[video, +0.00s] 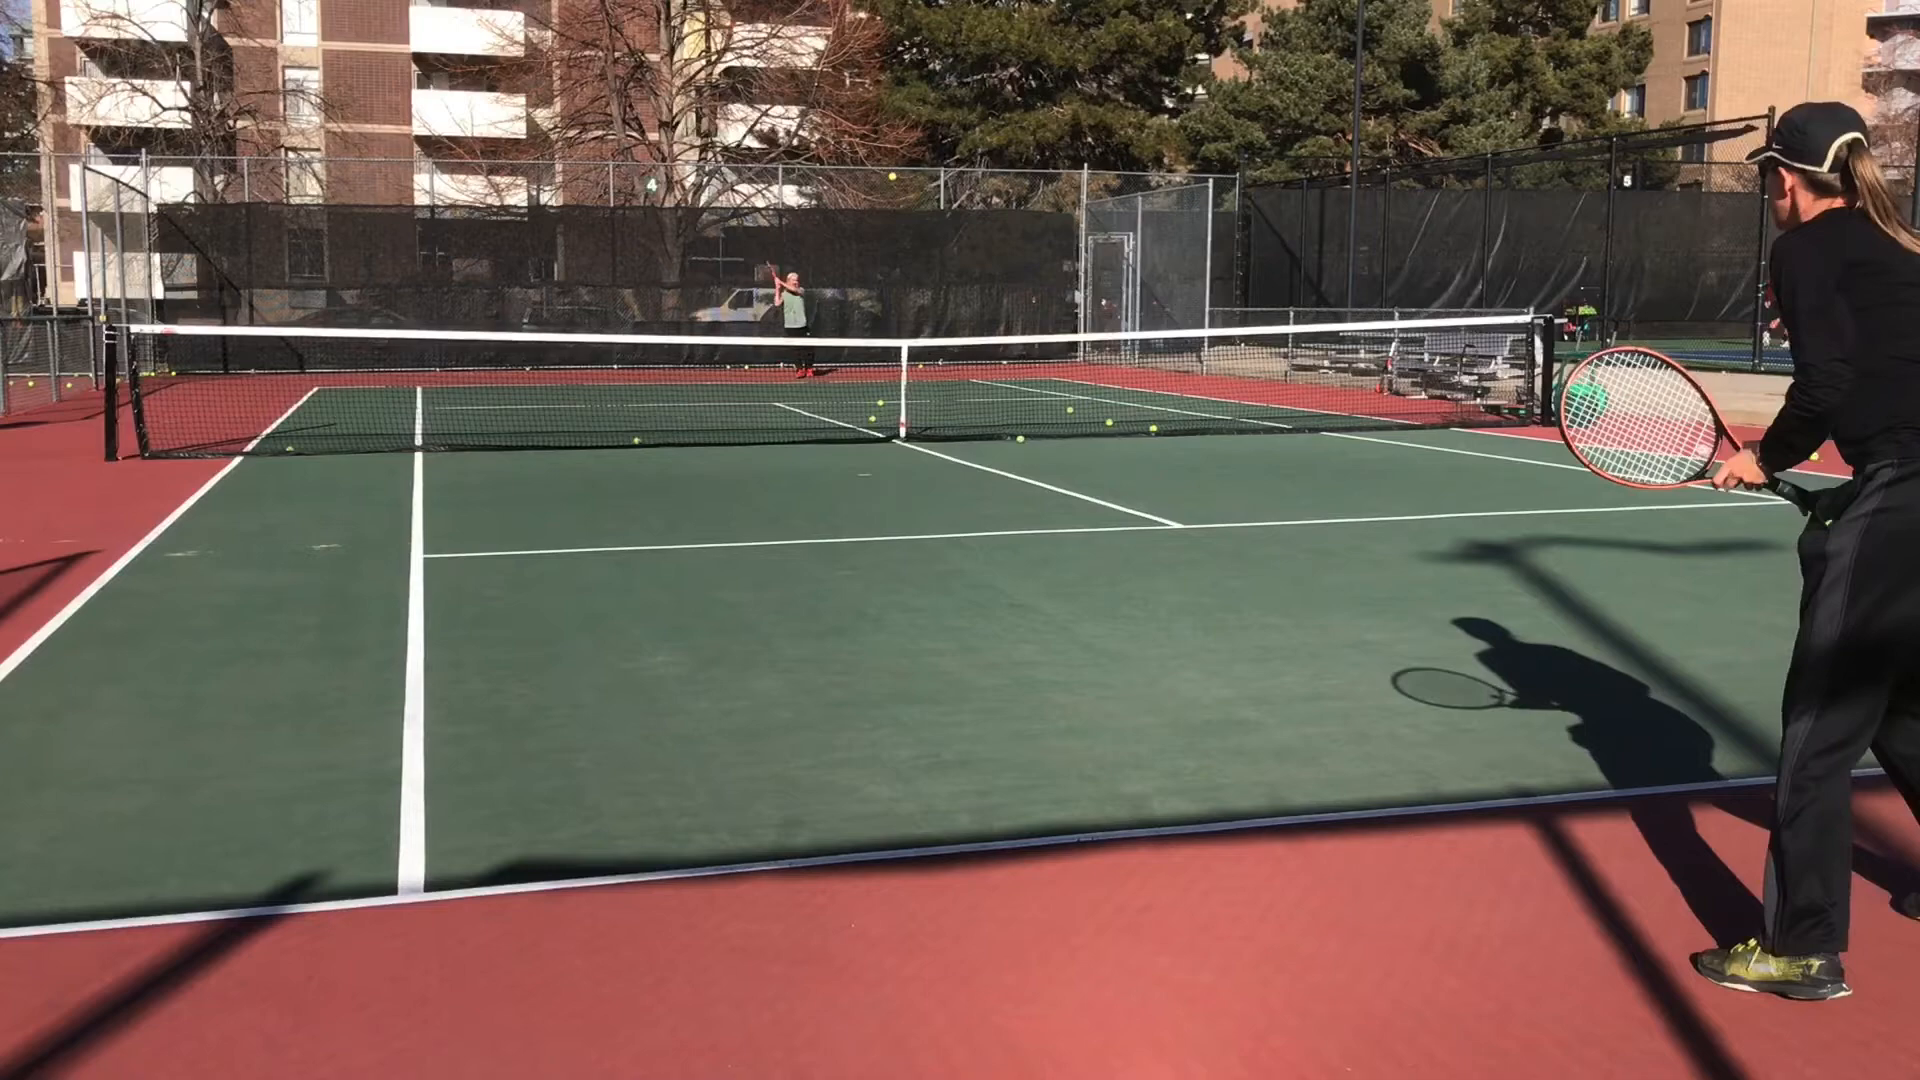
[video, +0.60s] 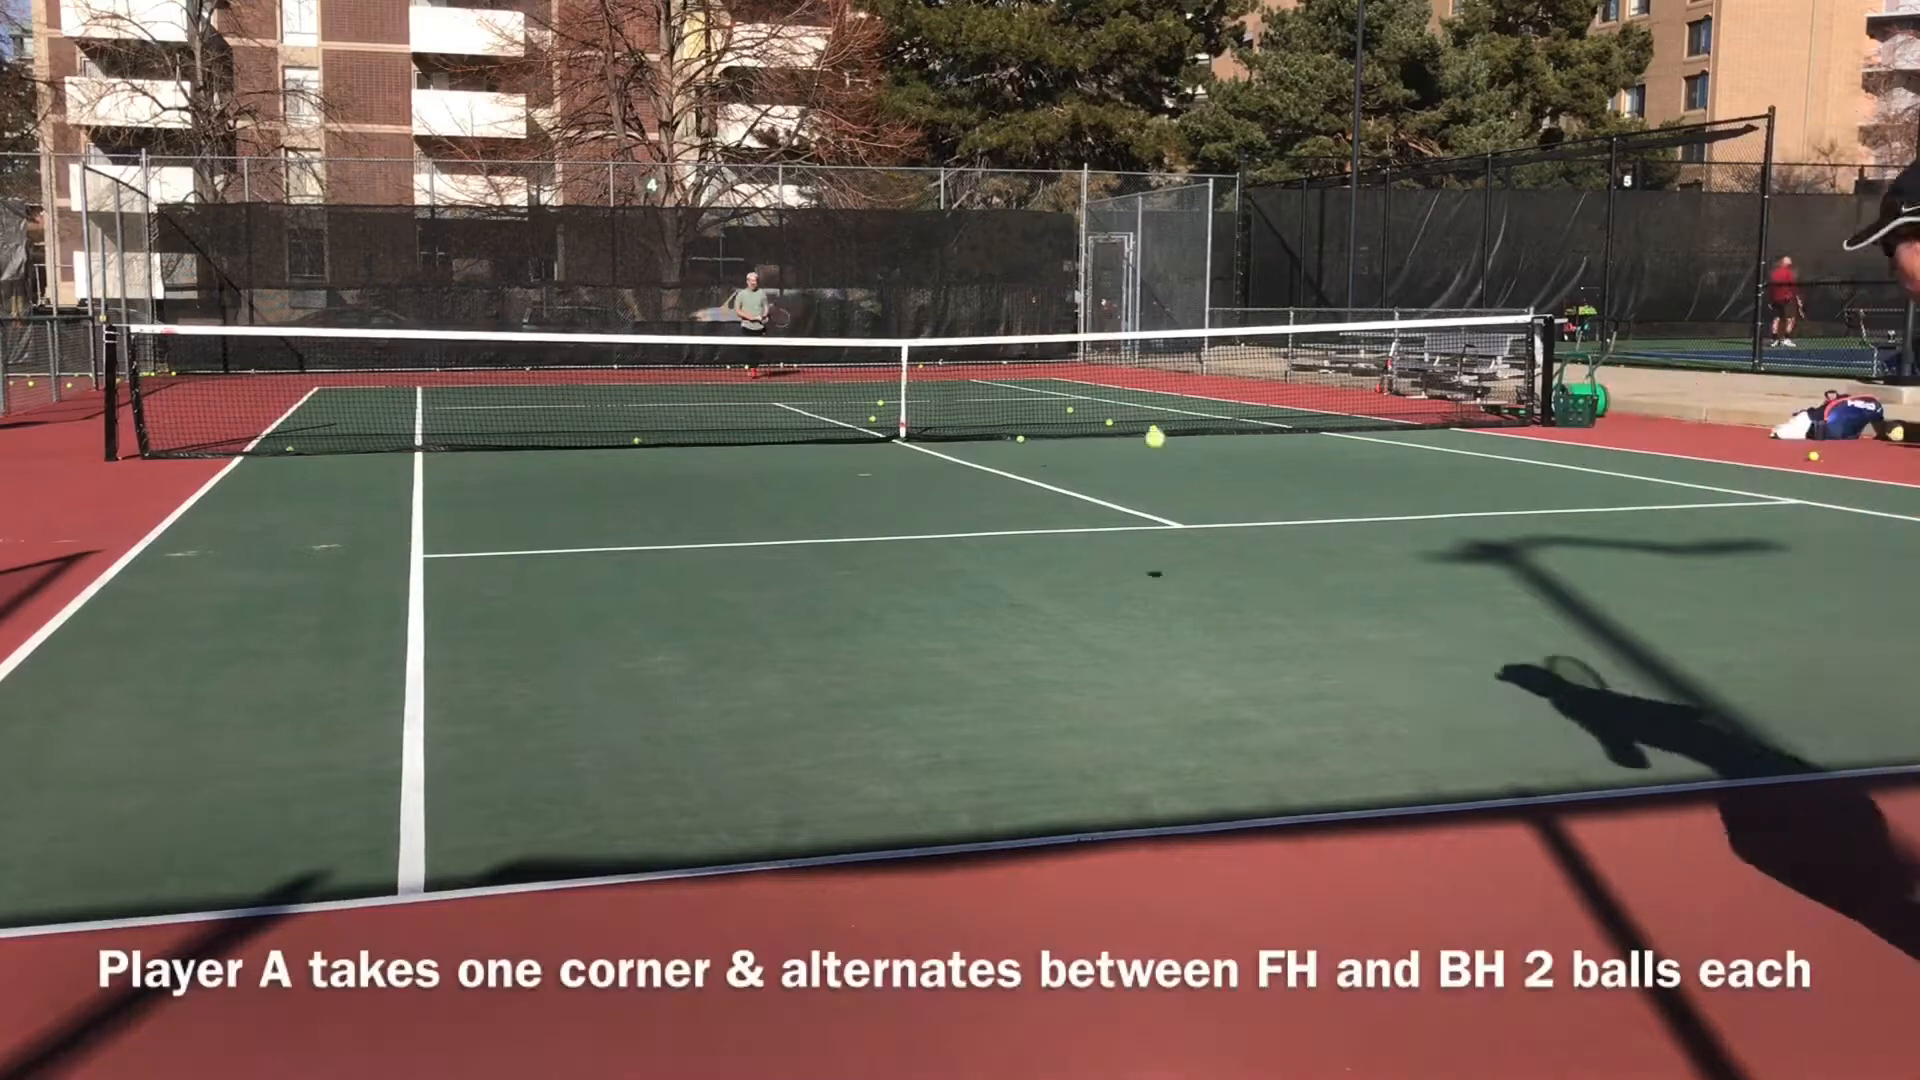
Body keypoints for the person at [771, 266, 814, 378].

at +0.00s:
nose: (796, 282)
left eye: (797, 280)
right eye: (793, 280)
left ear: (798, 281)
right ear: (787, 282)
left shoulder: (801, 291)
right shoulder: (784, 293)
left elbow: (795, 290)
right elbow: (777, 303)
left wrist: (781, 283)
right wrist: (777, 289)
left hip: (802, 324)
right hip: (789, 325)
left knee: (807, 347)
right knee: (794, 348)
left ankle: (809, 367)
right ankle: (799, 368)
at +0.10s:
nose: (793, 284)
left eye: (794, 282)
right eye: (790, 282)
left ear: (796, 284)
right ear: (786, 284)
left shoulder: (799, 293)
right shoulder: (783, 296)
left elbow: (795, 298)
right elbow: (776, 309)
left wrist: (781, 291)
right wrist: (777, 297)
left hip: (800, 326)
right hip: (788, 326)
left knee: (806, 347)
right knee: (791, 348)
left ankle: (808, 367)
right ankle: (793, 367)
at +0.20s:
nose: (787, 285)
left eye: (789, 282)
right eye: (785, 282)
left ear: (791, 284)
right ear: (780, 284)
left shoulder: (794, 294)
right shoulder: (778, 295)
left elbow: (796, 309)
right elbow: (773, 310)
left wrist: (783, 306)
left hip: (796, 325)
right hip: (783, 326)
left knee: (806, 347)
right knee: (782, 348)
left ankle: (808, 367)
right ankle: (781, 368)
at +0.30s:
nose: (780, 284)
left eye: (781, 281)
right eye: (778, 282)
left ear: (784, 283)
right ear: (773, 284)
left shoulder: (788, 295)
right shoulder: (768, 297)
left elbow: (791, 310)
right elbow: (763, 313)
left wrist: (789, 313)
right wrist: (776, 317)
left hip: (789, 328)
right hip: (775, 328)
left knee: (795, 347)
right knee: (776, 350)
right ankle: (777, 369)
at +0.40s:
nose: (771, 282)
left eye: (773, 280)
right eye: (769, 280)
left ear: (775, 281)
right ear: (765, 281)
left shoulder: (779, 293)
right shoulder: (759, 293)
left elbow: (783, 310)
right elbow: (755, 310)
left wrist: (775, 318)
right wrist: (768, 318)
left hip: (777, 326)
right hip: (765, 326)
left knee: (782, 347)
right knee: (771, 349)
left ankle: (784, 365)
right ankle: (776, 367)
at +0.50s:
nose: (762, 280)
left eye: (763, 278)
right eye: (759, 278)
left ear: (766, 280)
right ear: (756, 279)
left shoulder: (770, 292)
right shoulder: (749, 292)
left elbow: (774, 306)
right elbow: (746, 308)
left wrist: (769, 316)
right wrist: (762, 317)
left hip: (768, 325)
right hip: (756, 325)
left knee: (770, 347)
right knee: (757, 347)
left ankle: (771, 367)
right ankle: (757, 366)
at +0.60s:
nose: (753, 283)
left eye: (755, 280)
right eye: (751, 280)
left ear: (757, 282)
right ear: (747, 281)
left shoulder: (761, 293)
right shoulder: (741, 294)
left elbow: (765, 305)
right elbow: (737, 309)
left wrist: (764, 315)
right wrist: (750, 317)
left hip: (759, 324)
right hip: (747, 325)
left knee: (758, 347)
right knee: (748, 347)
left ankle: (755, 367)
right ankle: (750, 367)